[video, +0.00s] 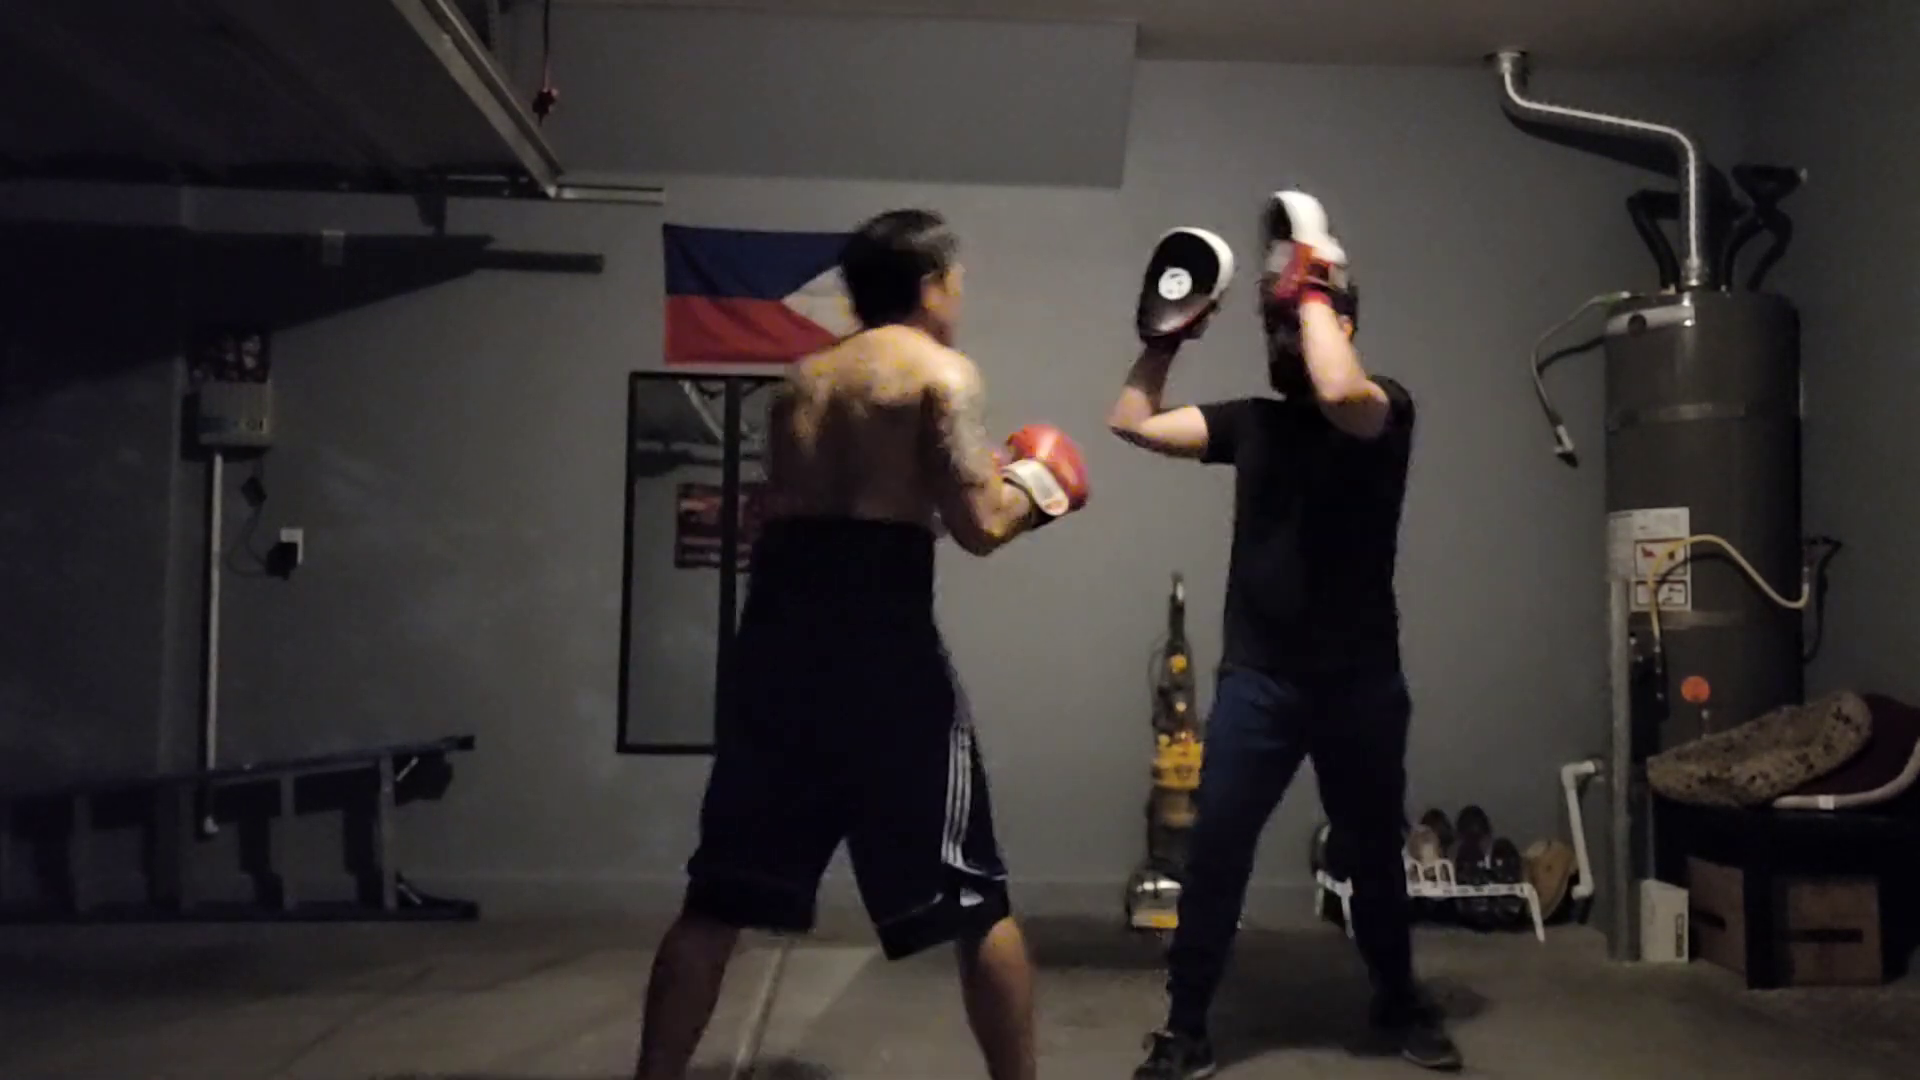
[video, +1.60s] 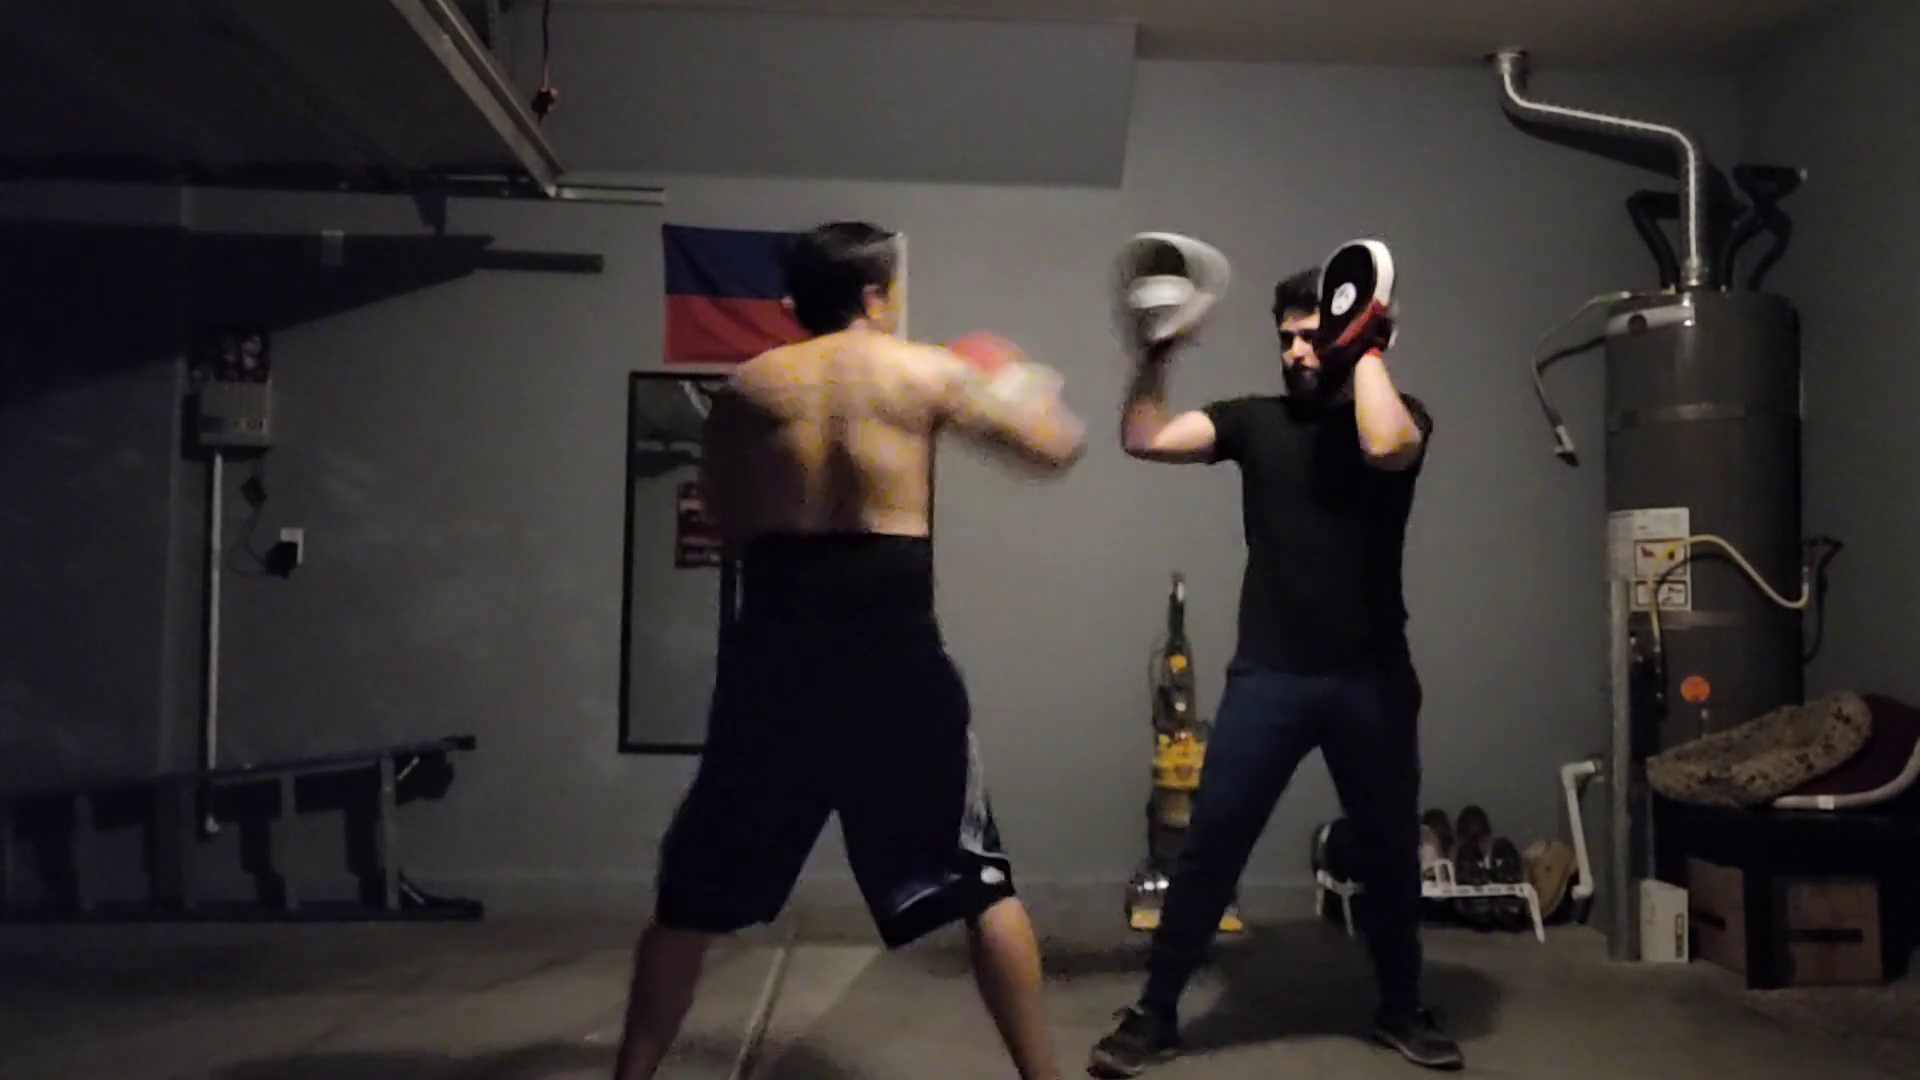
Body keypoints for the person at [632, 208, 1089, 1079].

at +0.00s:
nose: (960, 296)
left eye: (956, 279)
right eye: (954, 280)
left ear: (864, 290)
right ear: (929, 288)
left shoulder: (797, 384)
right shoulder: (940, 374)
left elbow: (805, 514)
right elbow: (980, 524)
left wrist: (997, 473)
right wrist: (1040, 484)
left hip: (777, 657)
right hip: (887, 659)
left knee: (718, 892)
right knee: (977, 895)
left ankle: (655, 1071)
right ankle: (1018, 1072)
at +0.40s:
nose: (888, 290)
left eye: (881, 275)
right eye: (884, 278)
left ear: (790, 289)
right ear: (862, 287)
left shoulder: (735, 379)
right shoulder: (904, 358)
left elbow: (724, 517)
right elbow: (1031, 451)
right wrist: (1003, 390)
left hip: (758, 661)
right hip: (879, 655)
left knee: (691, 888)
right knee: (970, 872)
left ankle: (638, 1069)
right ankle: (1028, 1067)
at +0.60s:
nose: (951, 272)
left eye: (947, 258)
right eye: (948, 259)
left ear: (850, 273)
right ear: (928, 268)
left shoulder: (802, 357)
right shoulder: (972, 348)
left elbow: (837, 466)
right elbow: (1064, 455)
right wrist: (1059, 364)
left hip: (813, 620)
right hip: (924, 622)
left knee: (742, 864)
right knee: (993, 877)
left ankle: (669, 1065)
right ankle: (1031, 1071)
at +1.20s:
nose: (952, 290)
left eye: (946, 274)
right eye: (946, 276)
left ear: (860, 288)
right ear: (927, 289)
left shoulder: (811, 379)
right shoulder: (929, 378)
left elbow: (873, 490)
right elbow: (974, 529)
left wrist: (977, 416)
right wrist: (1038, 482)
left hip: (786, 653)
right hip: (887, 656)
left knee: (716, 877)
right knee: (979, 886)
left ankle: (639, 1067)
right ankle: (1021, 1070)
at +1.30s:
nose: (911, 306)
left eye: (908, 291)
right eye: (907, 292)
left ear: (812, 306)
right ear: (885, 302)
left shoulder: (761, 394)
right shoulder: (892, 396)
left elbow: (787, 519)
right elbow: (920, 540)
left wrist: (913, 449)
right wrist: (984, 505)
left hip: (757, 675)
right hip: (867, 678)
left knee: (697, 891)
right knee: (978, 886)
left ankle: (632, 1070)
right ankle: (1014, 1070)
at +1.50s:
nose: (880, 312)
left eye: (875, 297)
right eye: (877, 299)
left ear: (787, 303)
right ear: (854, 305)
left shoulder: (730, 389)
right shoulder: (883, 386)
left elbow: (755, 515)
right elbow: (973, 521)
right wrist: (981, 472)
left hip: (748, 665)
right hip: (866, 664)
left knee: (681, 889)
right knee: (969, 869)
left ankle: (626, 1071)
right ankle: (1027, 1066)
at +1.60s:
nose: (901, 304)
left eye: (896, 290)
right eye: (896, 292)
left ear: (801, 300)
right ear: (875, 301)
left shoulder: (744, 390)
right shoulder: (922, 372)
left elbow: (730, 525)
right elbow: (1055, 445)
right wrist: (1014, 379)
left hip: (770, 677)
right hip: (894, 674)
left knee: (690, 892)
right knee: (981, 879)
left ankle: (632, 1071)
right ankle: (1041, 1070)